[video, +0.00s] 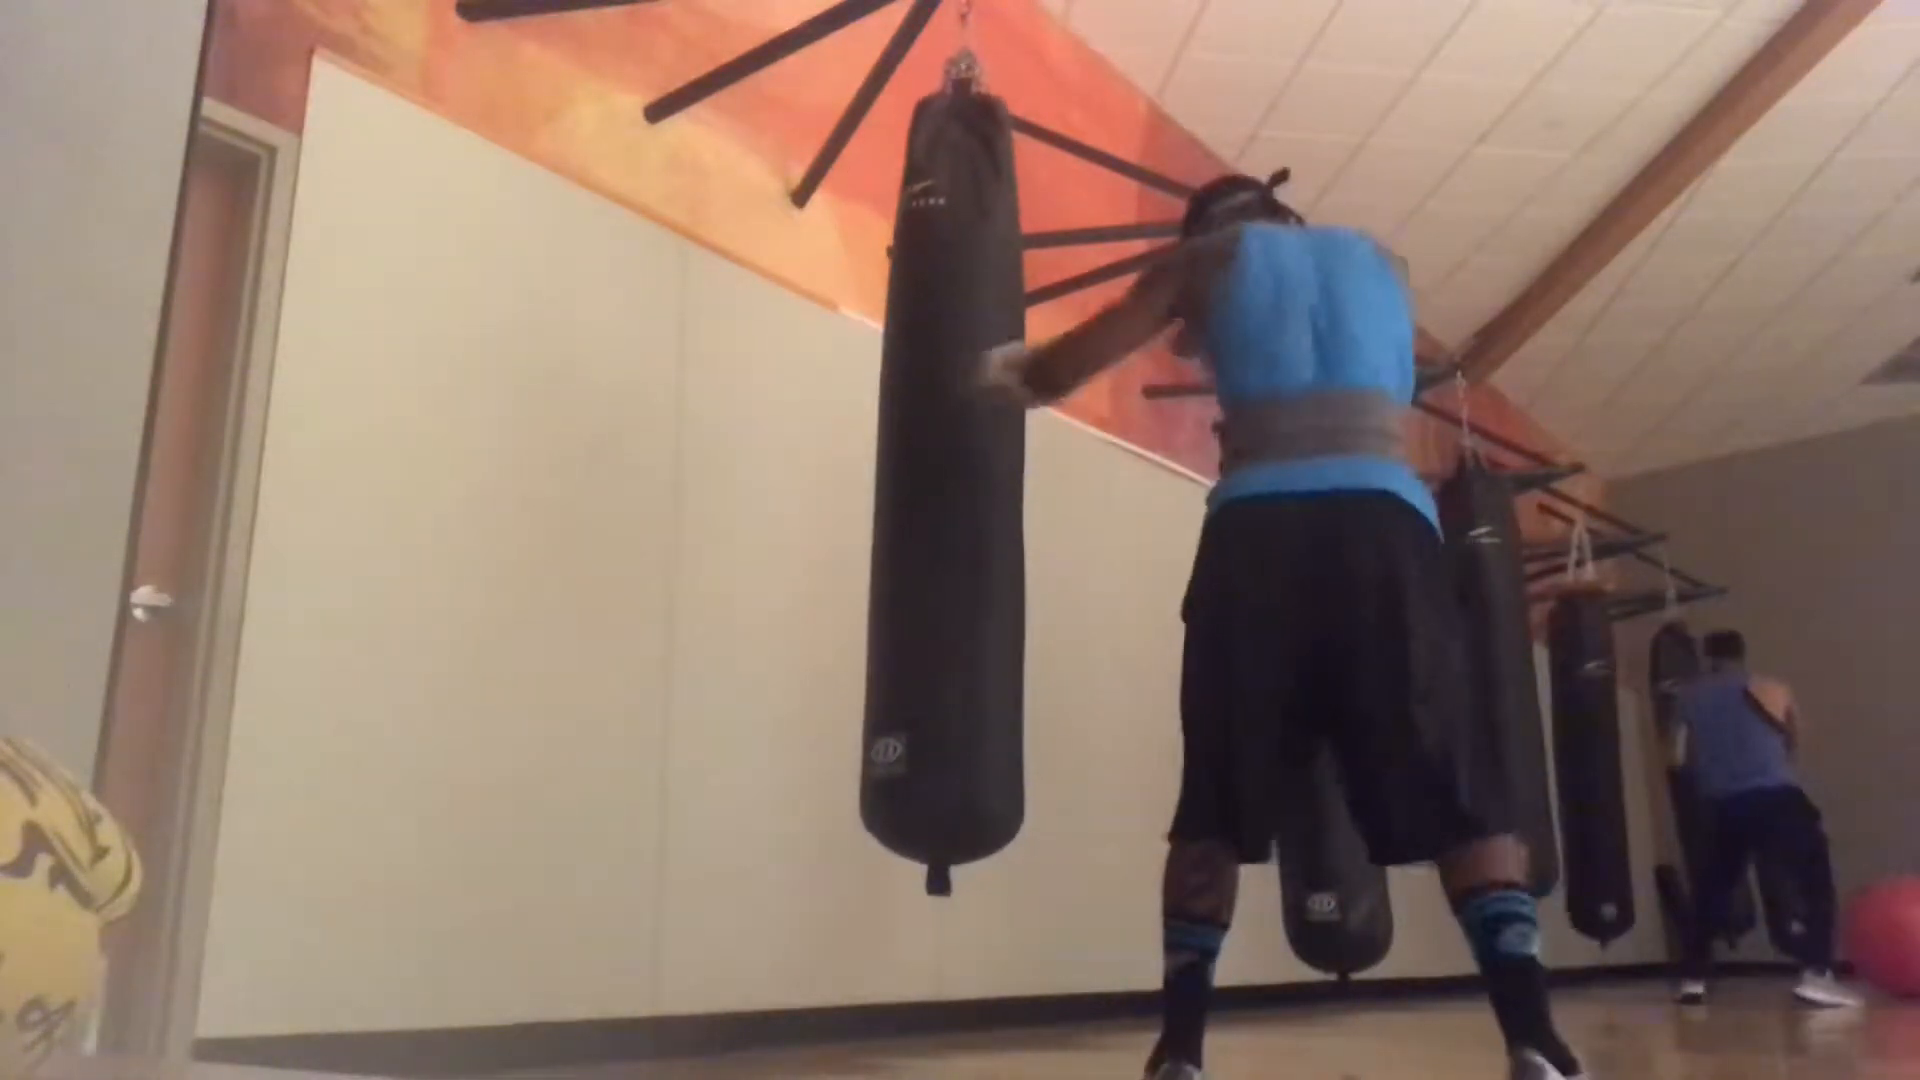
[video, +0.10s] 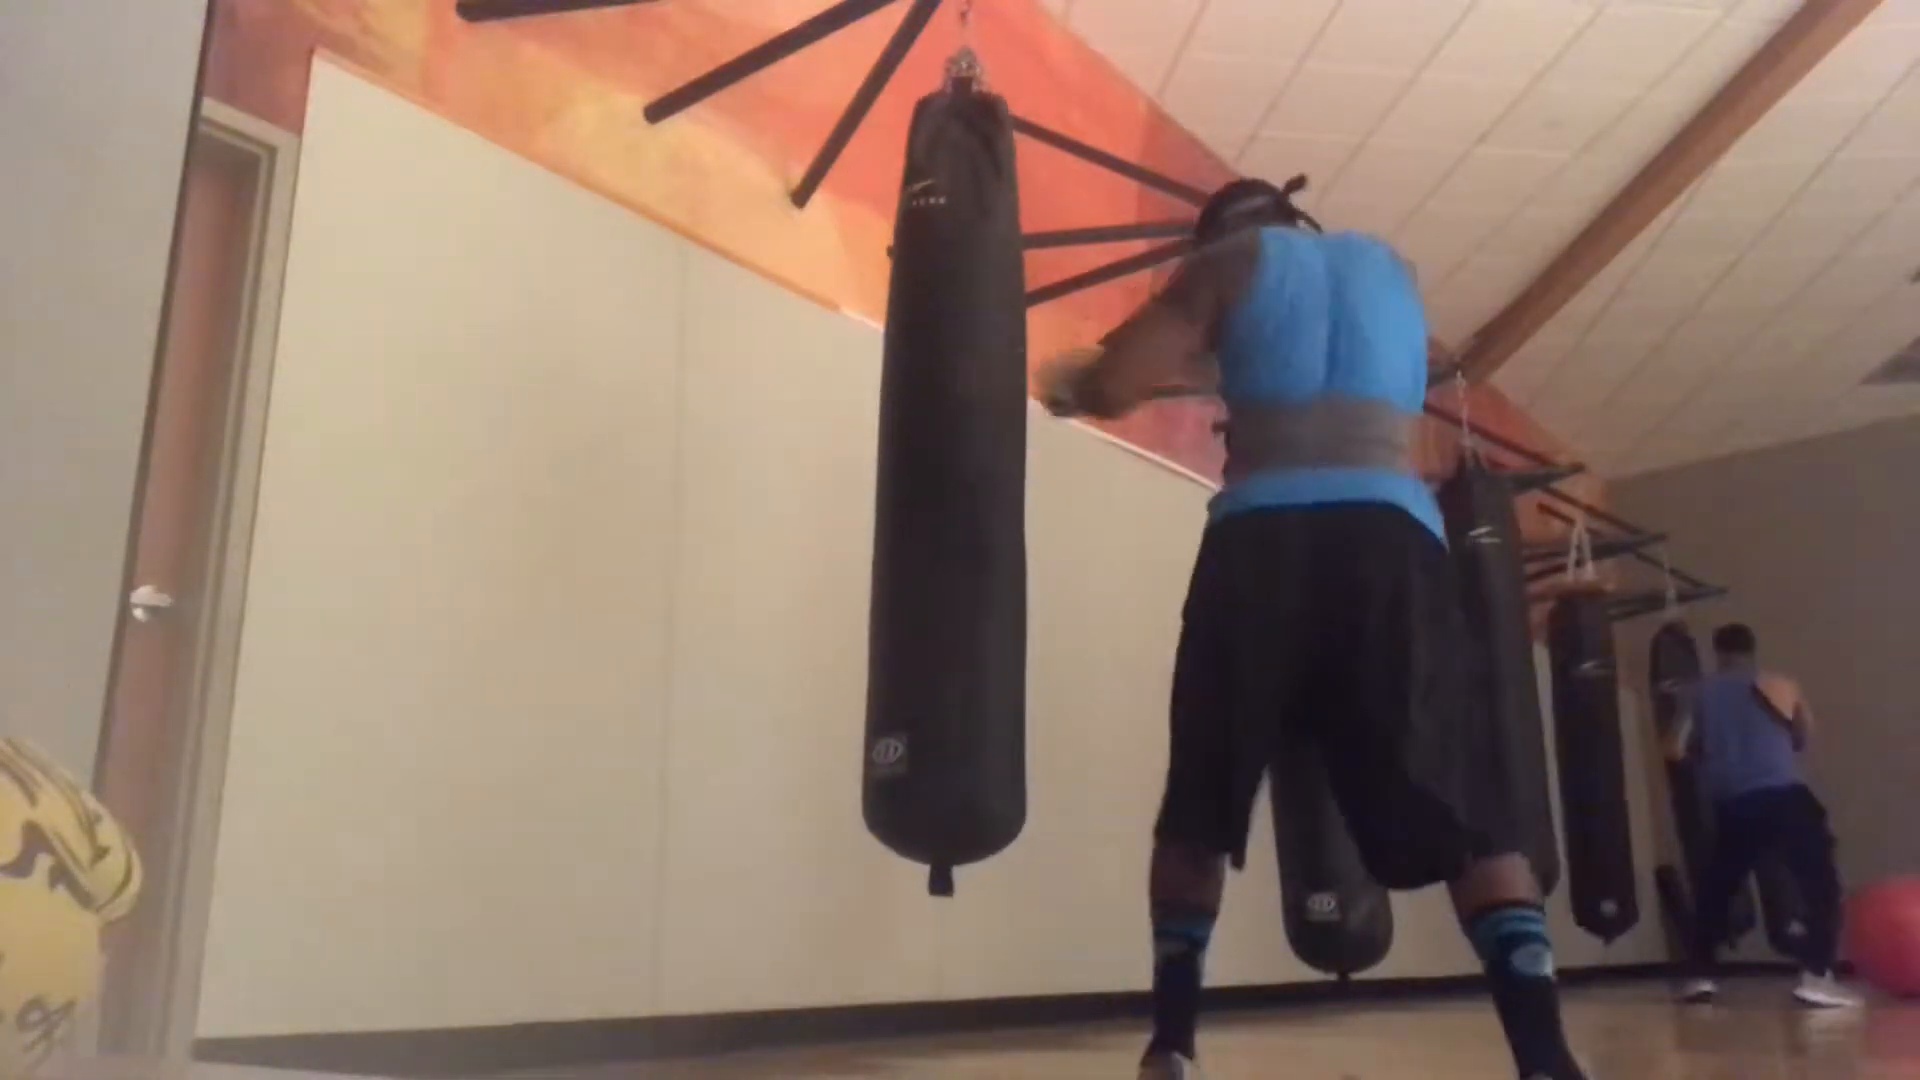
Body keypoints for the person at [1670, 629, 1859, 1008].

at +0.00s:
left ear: (1707, 660)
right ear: (1743, 657)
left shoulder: (1691, 699)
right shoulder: (1772, 690)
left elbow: (1680, 759)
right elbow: (1792, 743)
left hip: (1723, 806)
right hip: (1779, 799)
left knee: (1712, 887)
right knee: (1816, 882)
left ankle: (1694, 977)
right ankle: (1817, 973)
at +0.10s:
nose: (1734, 660)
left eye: (1727, 654)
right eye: (1738, 651)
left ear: (1717, 655)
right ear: (1754, 653)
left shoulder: (1699, 694)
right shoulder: (1781, 687)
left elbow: (1676, 750)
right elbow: (1803, 738)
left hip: (1733, 807)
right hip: (1786, 800)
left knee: (1717, 885)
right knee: (1822, 882)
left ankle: (1701, 975)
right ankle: (1817, 975)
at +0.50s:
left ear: (1691, 655)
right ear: (1726, 647)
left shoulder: (1685, 695)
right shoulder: (1754, 675)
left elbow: (1665, 754)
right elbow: (1801, 723)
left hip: (1731, 800)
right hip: (1785, 791)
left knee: (1724, 886)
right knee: (1816, 877)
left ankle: (1715, 979)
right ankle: (1817, 971)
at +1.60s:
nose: (1734, 613)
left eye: (1728, 606)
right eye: (1744, 602)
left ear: (1721, 608)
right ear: (1759, 602)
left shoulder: (1709, 651)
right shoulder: (1791, 635)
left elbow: (1683, 700)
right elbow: (1825, 690)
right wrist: (1790, 678)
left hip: (1745, 765)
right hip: (1800, 759)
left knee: (1742, 856)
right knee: (1840, 854)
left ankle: (1733, 948)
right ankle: (1833, 948)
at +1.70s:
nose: (1747, 612)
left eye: (1740, 605)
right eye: (1751, 603)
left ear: (1729, 608)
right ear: (1765, 602)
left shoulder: (1712, 651)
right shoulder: (1791, 636)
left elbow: (1684, 698)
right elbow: (1827, 684)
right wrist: (1789, 674)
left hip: (1746, 769)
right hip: (1802, 761)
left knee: (1741, 860)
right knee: (1857, 848)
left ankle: (1727, 954)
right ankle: (1880, 955)